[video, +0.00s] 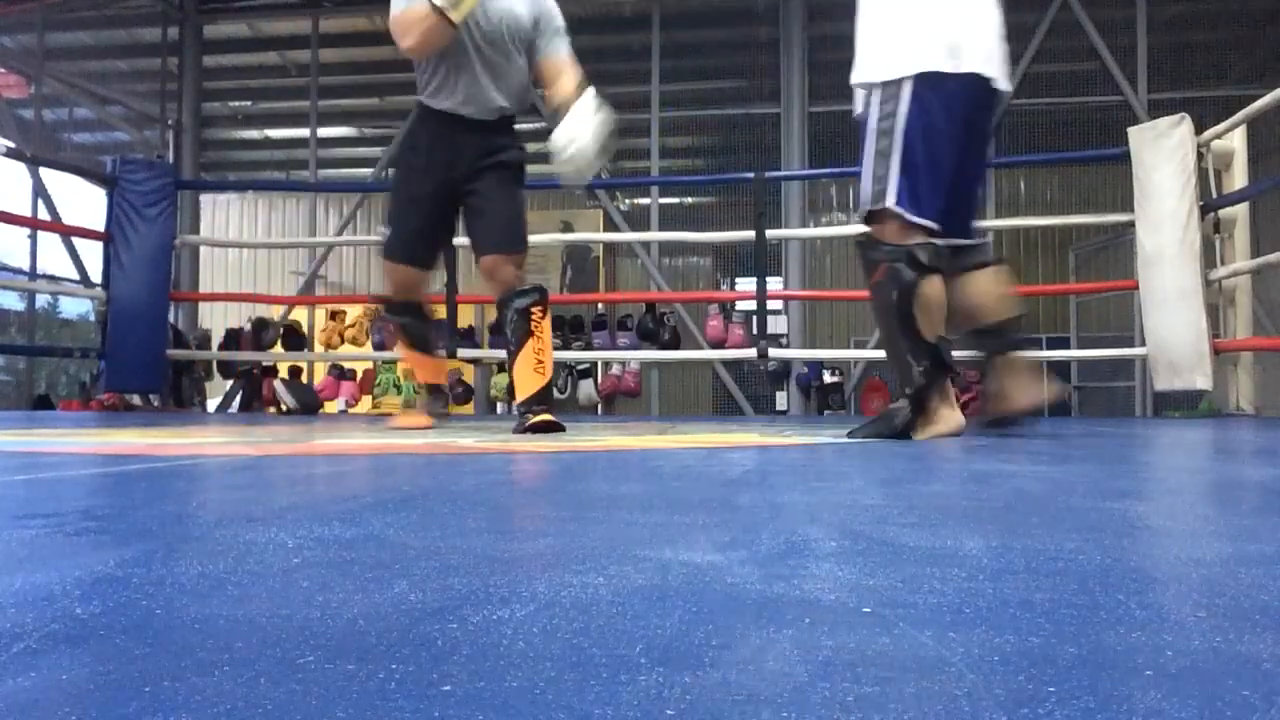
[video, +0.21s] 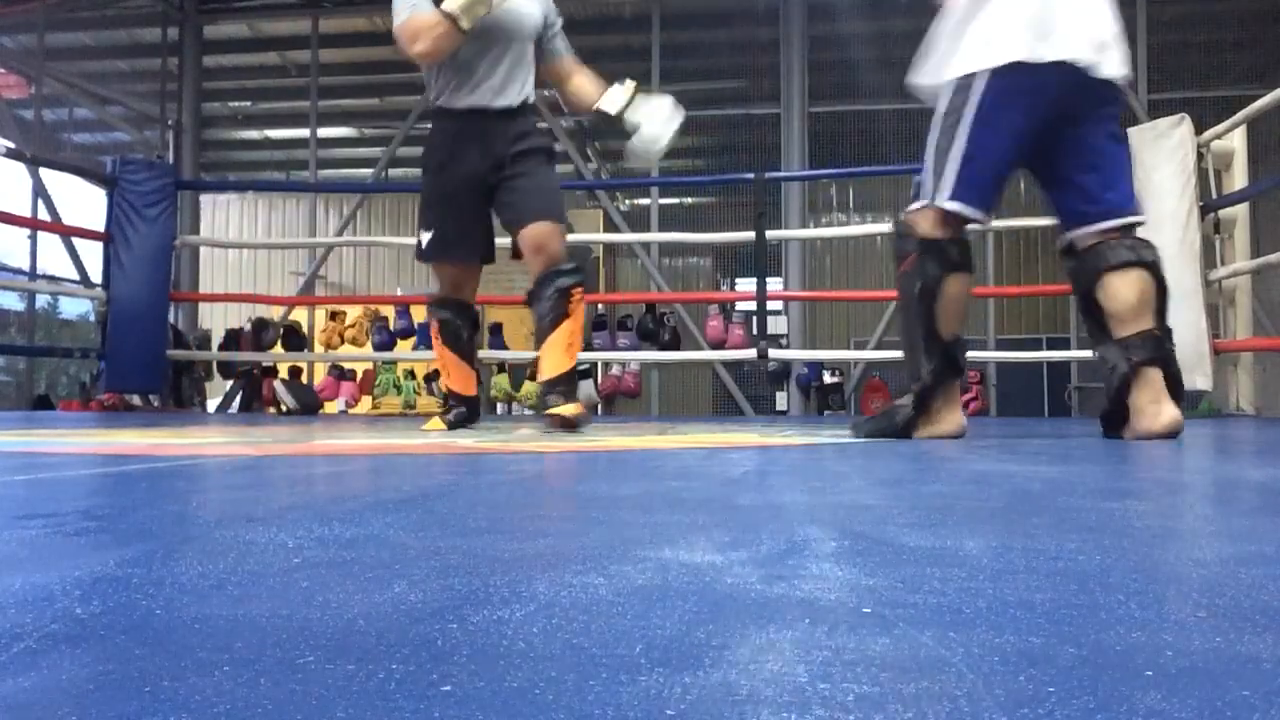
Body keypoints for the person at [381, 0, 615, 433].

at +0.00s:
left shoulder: (538, 6)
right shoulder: (418, 0)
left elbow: (562, 79)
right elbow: (413, 42)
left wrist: (580, 120)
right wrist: (459, 3)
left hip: (496, 140)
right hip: (432, 134)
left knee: (500, 266)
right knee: (401, 276)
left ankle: (534, 402)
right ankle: (433, 385)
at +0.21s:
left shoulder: (536, 5)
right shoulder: (419, 2)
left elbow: (567, 72)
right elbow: (421, 47)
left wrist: (623, 103)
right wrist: (467, 7)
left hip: (520, 133)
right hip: (454, 135)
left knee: (547, 248)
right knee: (456, 275)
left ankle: (559, 391)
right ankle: (460, 402)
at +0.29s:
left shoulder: (548, 4)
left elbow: (585, 58)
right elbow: (429, 37)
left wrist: (653, 68)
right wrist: (482, 3)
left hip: (528, 121)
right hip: (463, 123)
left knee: (555, 246)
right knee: (459, 269)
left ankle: (578, 384)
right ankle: (462, 394)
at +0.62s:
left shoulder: (612, 8)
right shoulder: (497, 3)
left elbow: (649, 70)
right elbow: (492, 39)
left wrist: (700, 34)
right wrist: (553, 6)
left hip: (579, 132)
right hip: (514, 127)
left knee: (593, 266)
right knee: (486, 264)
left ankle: (621, 403)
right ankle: (464, 394)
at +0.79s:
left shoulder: (647, 3)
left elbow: (700, 36)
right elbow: (519, 9)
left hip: (594, 127)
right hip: (530, 113)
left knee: (598, 269)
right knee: (484, 252)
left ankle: (622, 404)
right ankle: (479, 386)